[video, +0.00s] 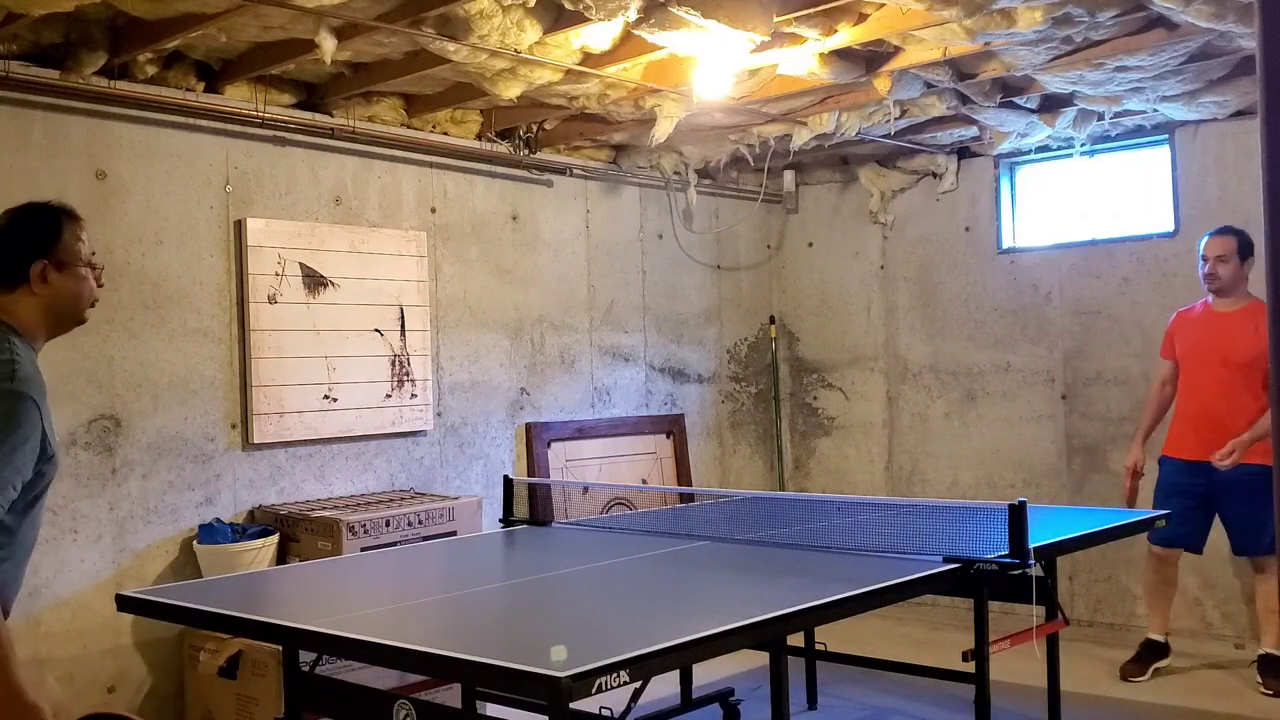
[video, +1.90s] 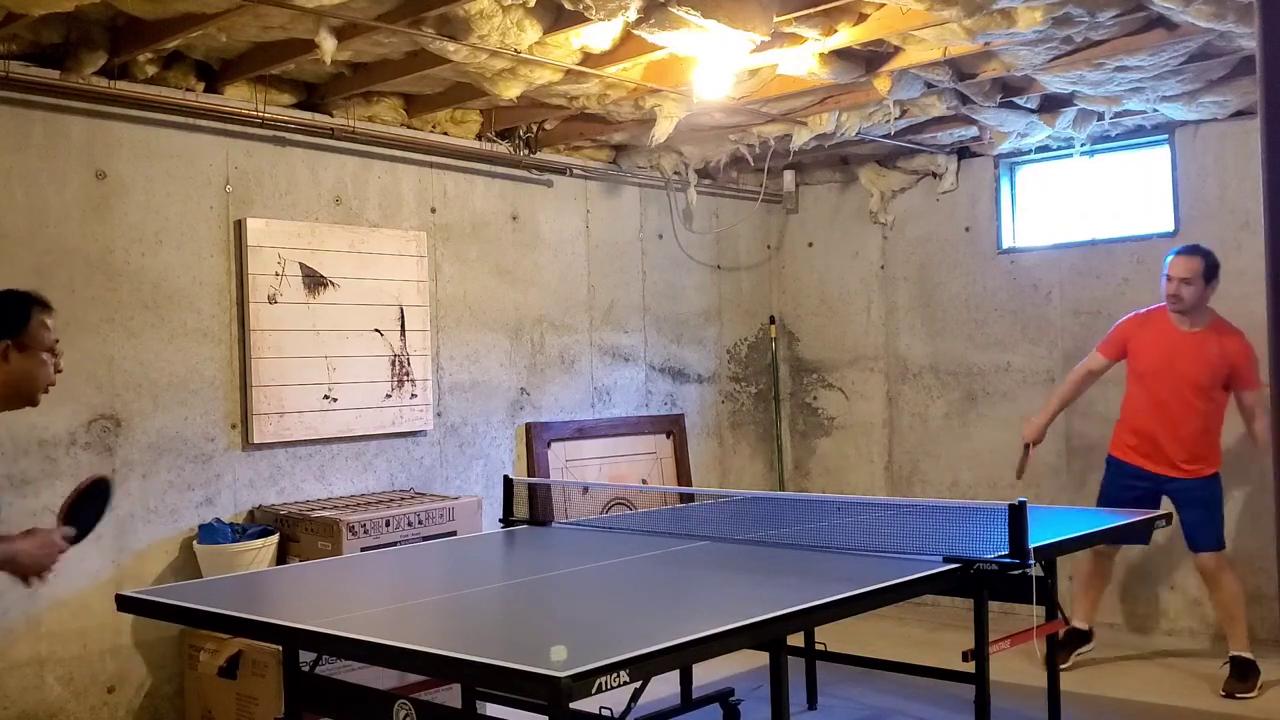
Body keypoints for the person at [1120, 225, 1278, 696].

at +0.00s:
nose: (1210, 268)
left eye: (1220, 260)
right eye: (1205, 260)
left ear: (1246, 266)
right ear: (1199, 265)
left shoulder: (1266, 319)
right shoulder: (1184, 319)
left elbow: (1277, 401)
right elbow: (1164, 385)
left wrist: (1247, 438)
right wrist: (1139, 441)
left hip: (1249, 462)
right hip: (1183, 459)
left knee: (1264, 559)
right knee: (1161, 546)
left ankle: (1270, 654)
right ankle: (1155, 641)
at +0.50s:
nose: (1149, 278)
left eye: (1160, 270)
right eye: (1143, 270)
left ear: (1181, 272)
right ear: (1137, 272)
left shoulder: (1212, 326)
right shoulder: (1120, 327)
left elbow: (1229, 400)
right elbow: (1095, 388)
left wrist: (1199, 443)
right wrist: (1077, 441)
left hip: (1200, 462)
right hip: (1137, 464)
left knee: (1224, 553)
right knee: (1139, 553)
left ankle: (1252, 652)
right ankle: (1144, 645)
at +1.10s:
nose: (1207, 297)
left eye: (1219, 291)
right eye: (1200, 286)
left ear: (1236, 289)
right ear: (1190, 277)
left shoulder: (1248, 334)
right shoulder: (1158, 320)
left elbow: (1254, 406)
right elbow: (1112, 372)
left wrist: (1208, 402)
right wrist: (1113, 409)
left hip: (1221, 460)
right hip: (1159, 457)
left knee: (1227, 555)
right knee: (1150, 550)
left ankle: (1242, 658)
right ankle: (1144, 644)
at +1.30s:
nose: (1221, 290)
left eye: (1234, 283)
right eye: (1215, 279)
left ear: (1252, 284)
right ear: (1206, 273)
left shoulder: (1263, 333)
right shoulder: (1172, 314)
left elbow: (1271, 399)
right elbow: (1125, 368)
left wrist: (1252, 418)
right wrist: (1176, 385)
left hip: (1231, 461)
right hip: (1168, 455)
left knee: (1235, 556)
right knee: (1155, 547)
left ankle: (1244, 657)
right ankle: (1152, 637)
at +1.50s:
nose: (1225, 299)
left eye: (1238, 292)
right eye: (1220, 288)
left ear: (1256, 294)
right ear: (1211, 282)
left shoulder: (1265, 339)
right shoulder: (1180, 320)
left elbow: (1267, 394)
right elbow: (1127, 372)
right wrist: (1168, 404)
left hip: (1230, 463)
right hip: (1168, 457)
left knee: (1234, 556)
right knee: (1155, 544)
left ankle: (1244, 657)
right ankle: (1155, 626)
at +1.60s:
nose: (1222, 298)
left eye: (1235, 291)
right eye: (1217, 287)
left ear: (1256, 294)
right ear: (1210, 283)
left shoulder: (1266, 342)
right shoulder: (1180, 322)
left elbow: (1271, 398)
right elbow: (1119, 368)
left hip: (1226, 461)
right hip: (1164, 454)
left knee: (1232, 556)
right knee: (1147, 543)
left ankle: (1244, 656)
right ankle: (1144, 618)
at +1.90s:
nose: (1173, 288)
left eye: (1185, 282)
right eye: (1169, 279)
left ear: (1209, 287)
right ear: (1163, 280)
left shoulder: (1232, 345)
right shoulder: (1137, 326)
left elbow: (1256, 414)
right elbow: (1086, 372)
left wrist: (1271, 462)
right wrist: (1042, 419)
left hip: (1195, 470)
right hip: (1130, 461)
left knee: (1211, 561)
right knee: (1101, 547)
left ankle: (1241, 657)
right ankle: (1079, 628)